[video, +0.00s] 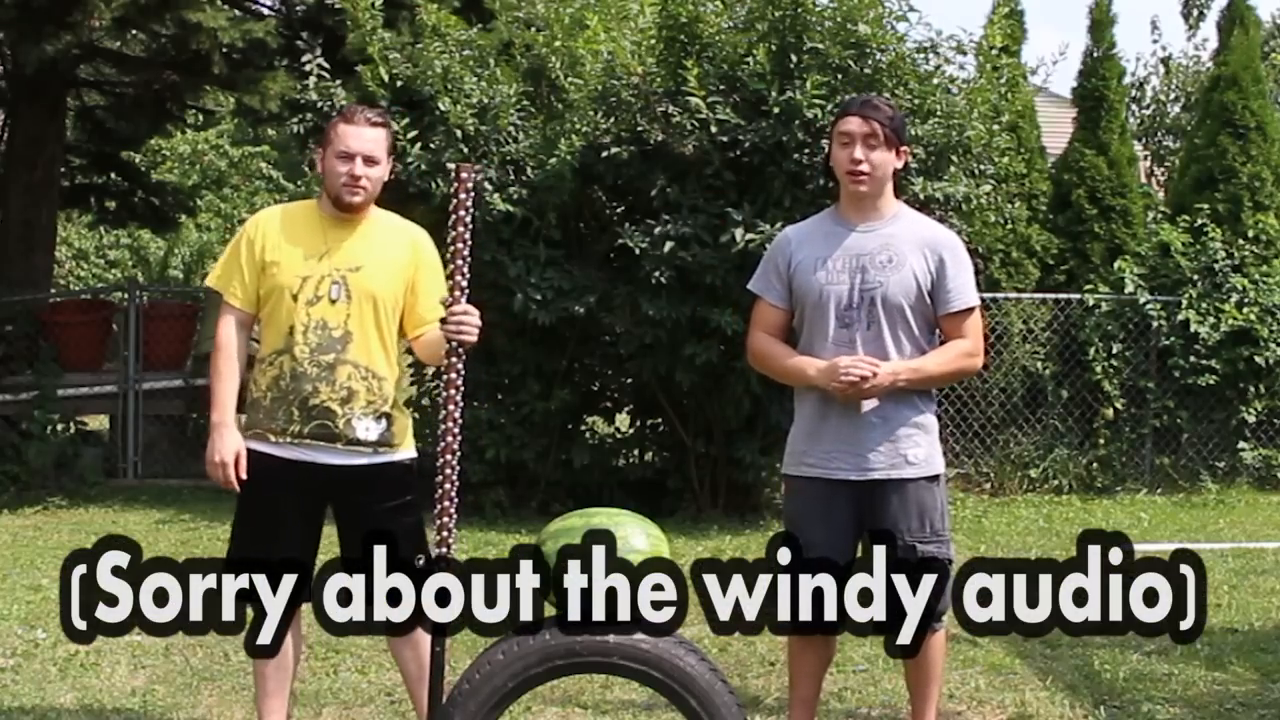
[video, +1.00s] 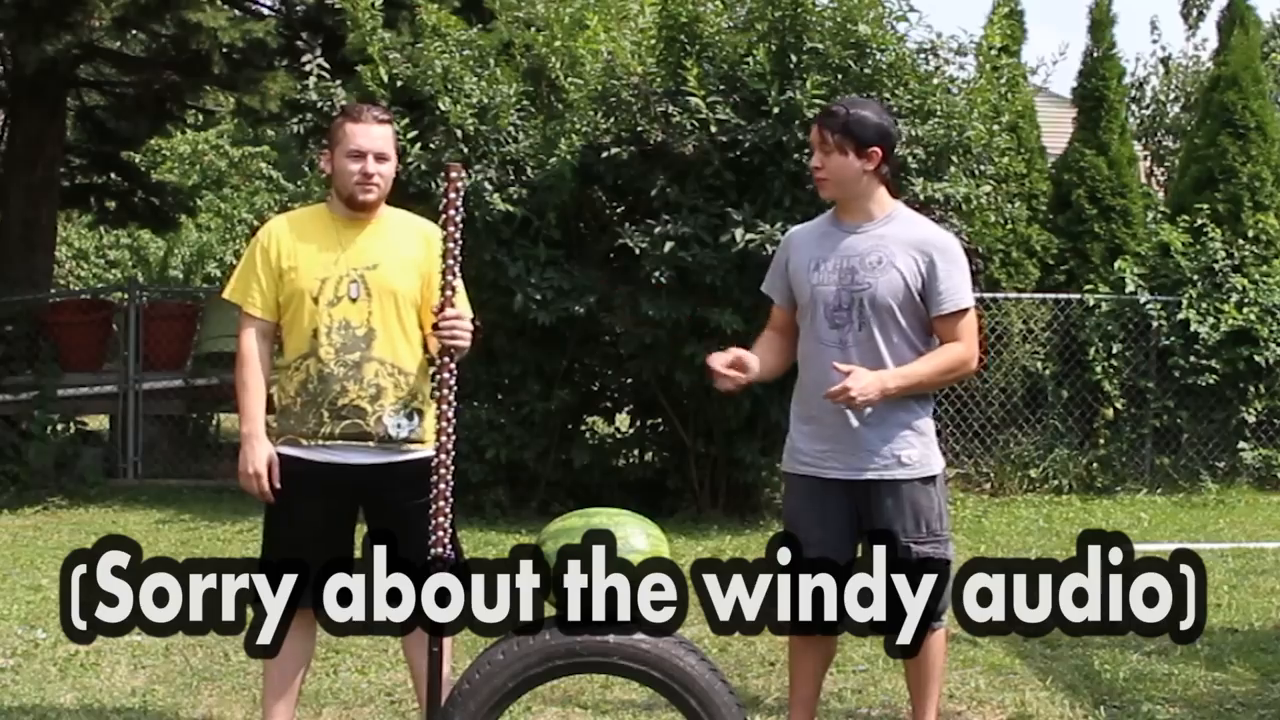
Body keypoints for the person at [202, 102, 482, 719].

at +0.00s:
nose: (357, 170)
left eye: (371, 160)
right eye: (345, 156)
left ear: (388, 171)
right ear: (319, 159)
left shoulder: (411, 243)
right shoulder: (266, 230)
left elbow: (427, 344)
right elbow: (233, 325)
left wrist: (455, 336)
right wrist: (222, 423)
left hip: (378, 459)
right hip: (279, 454)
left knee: (406, 604)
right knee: (272, 603)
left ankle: (435, 715)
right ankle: (273, 718)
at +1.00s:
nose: (369, 168)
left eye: (381, 157)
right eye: (356, 155)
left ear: (396, 166)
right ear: (328, 161)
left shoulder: (424, 239)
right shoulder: (282, 237)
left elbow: (446, 330)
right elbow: (254, 337)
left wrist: (457, 334)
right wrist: (253, 434)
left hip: (406, 458)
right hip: (307, 456)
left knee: (426, 603)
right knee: (293, 601)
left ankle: (438, 714)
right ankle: (277, 715)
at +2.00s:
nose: (362, 158)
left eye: (372, 148)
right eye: (348, 147)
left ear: (383, 161)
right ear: (316, 158)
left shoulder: (413, 234)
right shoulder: (276, 234)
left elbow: (450, 334)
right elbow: (266, 332)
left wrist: (434, 290)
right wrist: (353, 329)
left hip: (407, 449)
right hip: (307, 450)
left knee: (426, 599)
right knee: (290, 599)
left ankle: (437, 716)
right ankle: (276, 716)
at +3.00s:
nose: (400, 152)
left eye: (410, 145)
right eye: (387, 142)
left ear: (422, 163)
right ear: (354, 156)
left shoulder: (437, 245)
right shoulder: (307, 215)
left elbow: (449, 336)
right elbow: (301, 293)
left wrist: (430, 388)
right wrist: (373, 227)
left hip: (411, 452)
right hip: (314, 447)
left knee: (430, 602)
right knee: (290, 600)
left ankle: (437, 716)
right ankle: (272, 715)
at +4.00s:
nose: (409, 164)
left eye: (422, 154)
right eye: (396, 151)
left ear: (440, 167)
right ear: (371, 159)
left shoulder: (456, 245)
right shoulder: (330, 223)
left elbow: (473, 342)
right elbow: (329, 322)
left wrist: (481, 423)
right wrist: (396, 374)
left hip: (425, 454)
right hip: (328, 449)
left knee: (437, 597)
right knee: (295, 595)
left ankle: (439, 716)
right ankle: (269, 714)